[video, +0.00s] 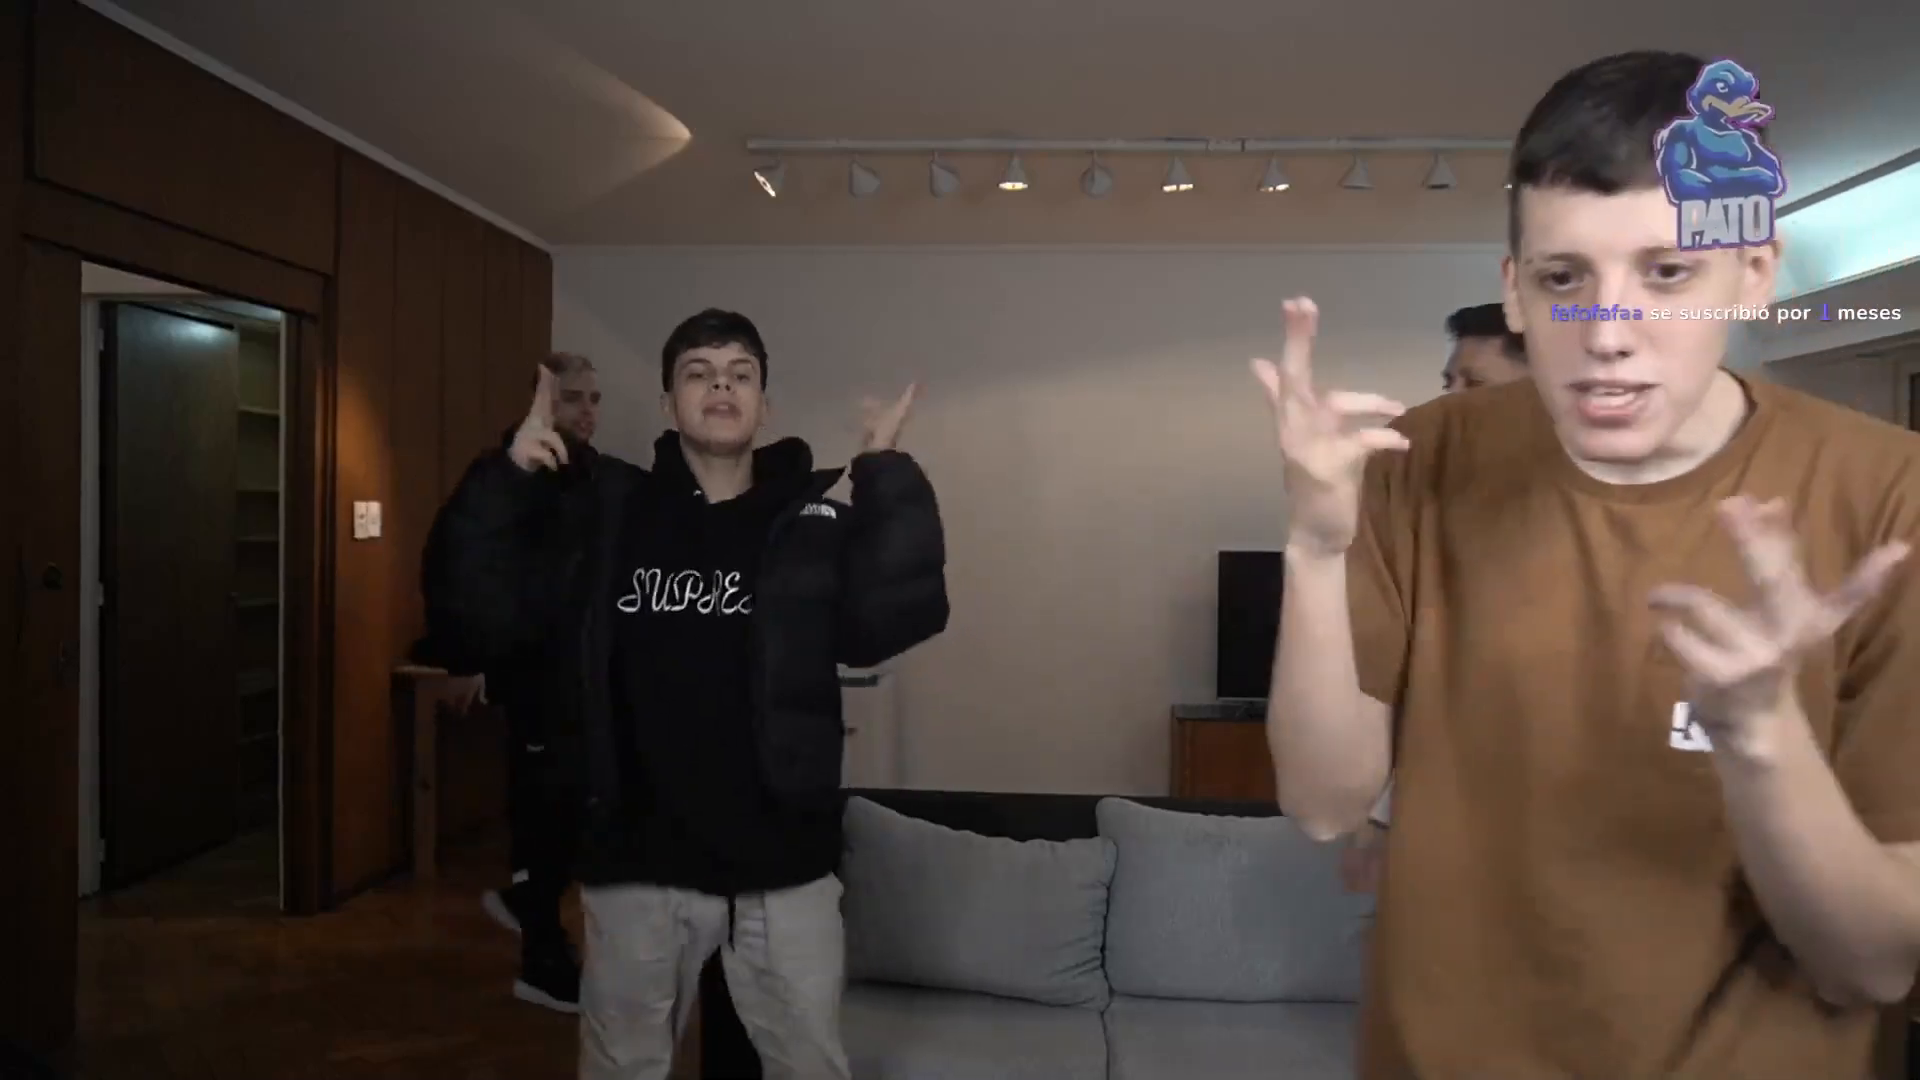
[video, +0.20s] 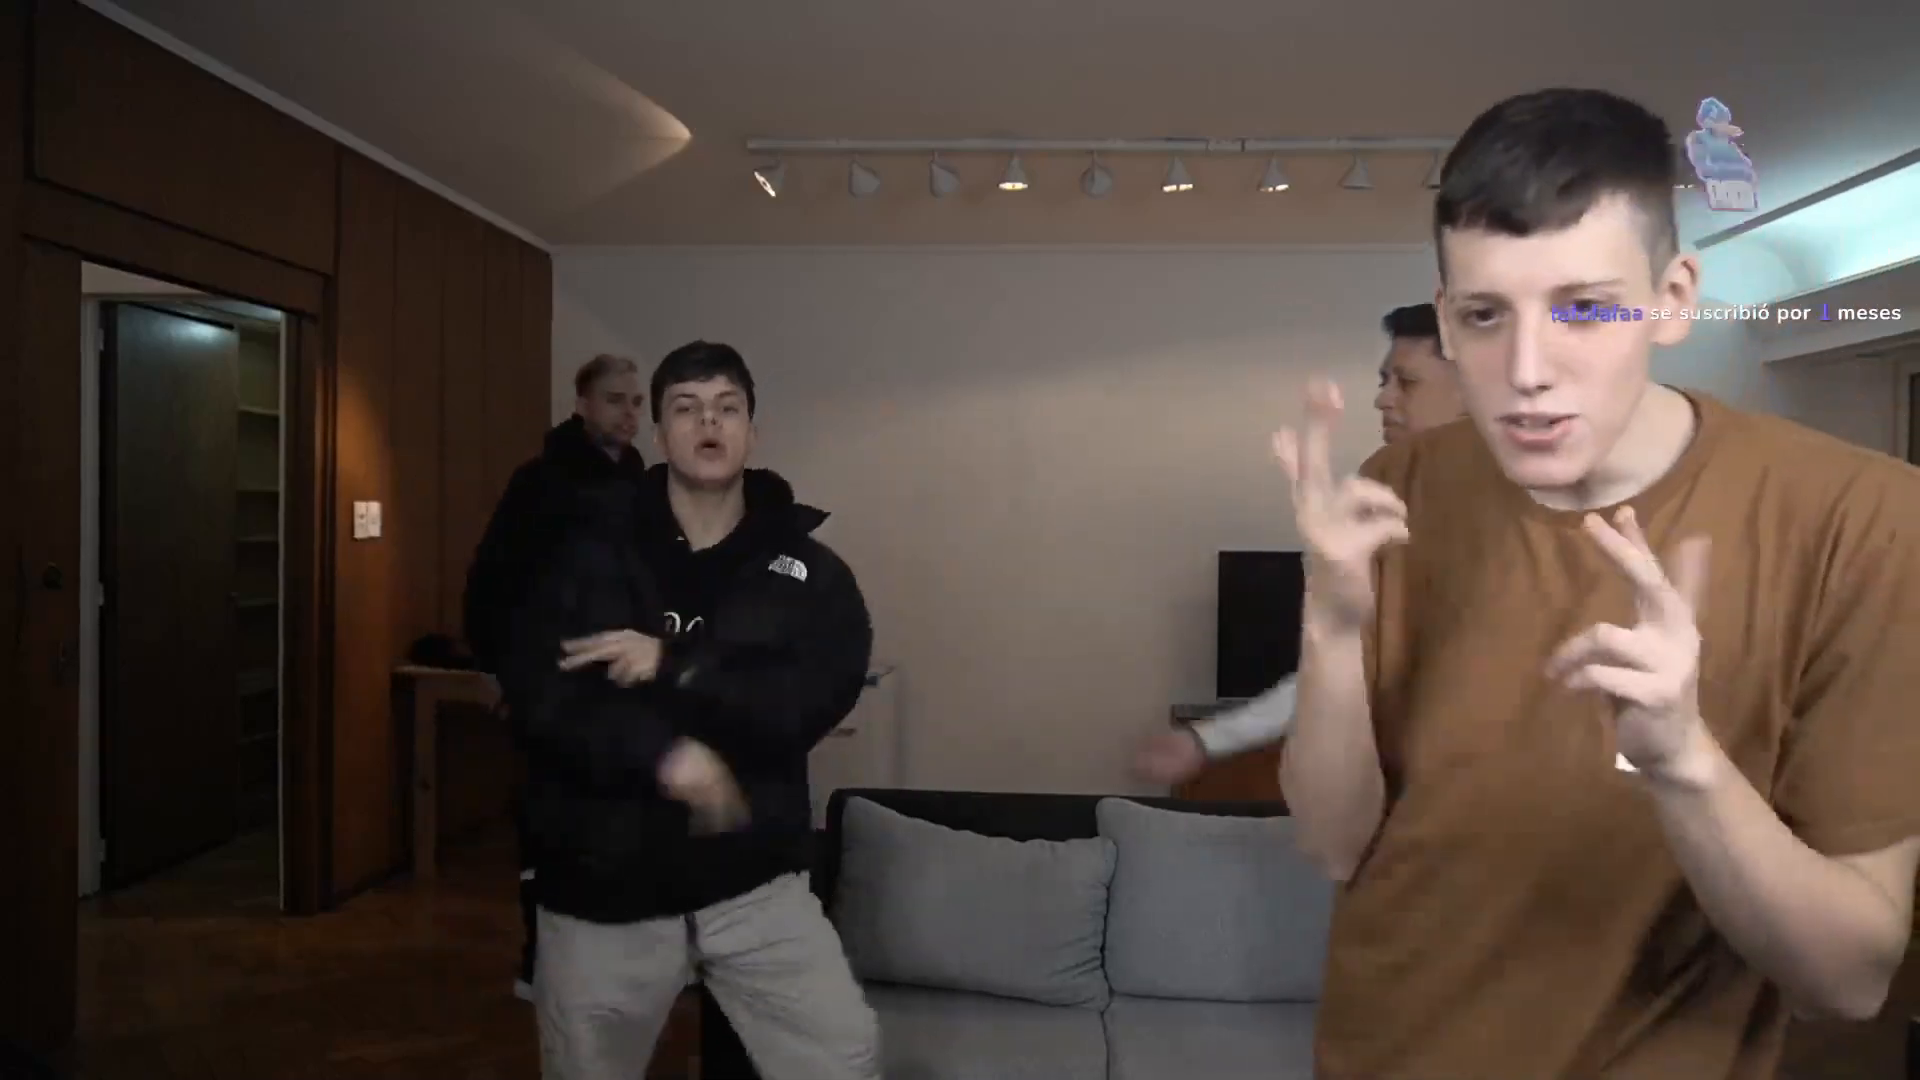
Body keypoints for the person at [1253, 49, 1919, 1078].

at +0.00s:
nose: (1609, 330)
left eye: (1665, 273)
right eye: (1562, 276)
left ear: (1754, 276)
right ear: (1512, 285)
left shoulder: (1885, 499)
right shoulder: (1421, 466)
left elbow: (1880, 966)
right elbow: (1326, 805)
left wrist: (1759, 727)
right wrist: (1314, 552)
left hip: (1751, 1062)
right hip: (1446, 1051)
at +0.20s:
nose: (1526, 371)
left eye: (1581, 309)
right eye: (1483, 315)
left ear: (1675, 300)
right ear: (1445, 317)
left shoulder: (1860, 525)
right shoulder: (1400, 494)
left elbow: (1856, 977)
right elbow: (1333, 846)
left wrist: (1684, 762)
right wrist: (1331, 631)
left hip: (1674, 1061)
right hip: (1386, 1046)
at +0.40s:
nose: (1473, 385)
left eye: (1526, 320)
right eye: (1429, 328)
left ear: (1620, 311)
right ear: (1396, 331)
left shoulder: (1820, 497)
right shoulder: (1387, 528)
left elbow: (1862, 986)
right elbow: (1386, 871)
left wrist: (1684, 662)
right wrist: (1371, 779)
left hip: (1696, 1061)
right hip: (1411, 1052)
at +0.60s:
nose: (1463, 377)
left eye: (1519, 313)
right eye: (1418, 317)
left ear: (1609, 301)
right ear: (1375, 305)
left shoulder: (1804, 479)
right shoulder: (1351, 544)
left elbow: (1879, 967)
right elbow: (1374, 904)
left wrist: (1683, 618)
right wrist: (1317, 744)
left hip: (1776, 1060)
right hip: (1492, 1058)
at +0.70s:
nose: (1469, 369)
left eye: (1524, 305)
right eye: (1426, 309)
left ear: (1616, 295)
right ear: (1385, 303)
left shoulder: (1801, 479)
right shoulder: (1337, 548)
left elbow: (1886, 949)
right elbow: (1316, 919)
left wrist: (1662, 663)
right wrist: (1243, 692)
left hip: (1807, 1061)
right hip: (1501, 1062)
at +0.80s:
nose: (1470, 361)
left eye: (1527, 298)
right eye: (1426, 302)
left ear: (1614, 291)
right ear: (1383, 298)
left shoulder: (1798, 480)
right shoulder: (1321, 544)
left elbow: (1905, 928)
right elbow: (1253, 901)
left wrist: (1638, 735)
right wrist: (1185, 615)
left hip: (1818, 1058)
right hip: (1505, 1059)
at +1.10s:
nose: (1452, 331)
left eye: (1504, 270)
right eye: (1411, 276)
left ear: (1608, 258)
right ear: (1379, 271)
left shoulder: (1791, 491)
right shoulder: (1320, 487)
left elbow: (1838, 900)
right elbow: (1266, 820)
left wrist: (1562, 838)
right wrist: (1221, 667)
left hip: (1666, 1064)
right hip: (1361, 1059)